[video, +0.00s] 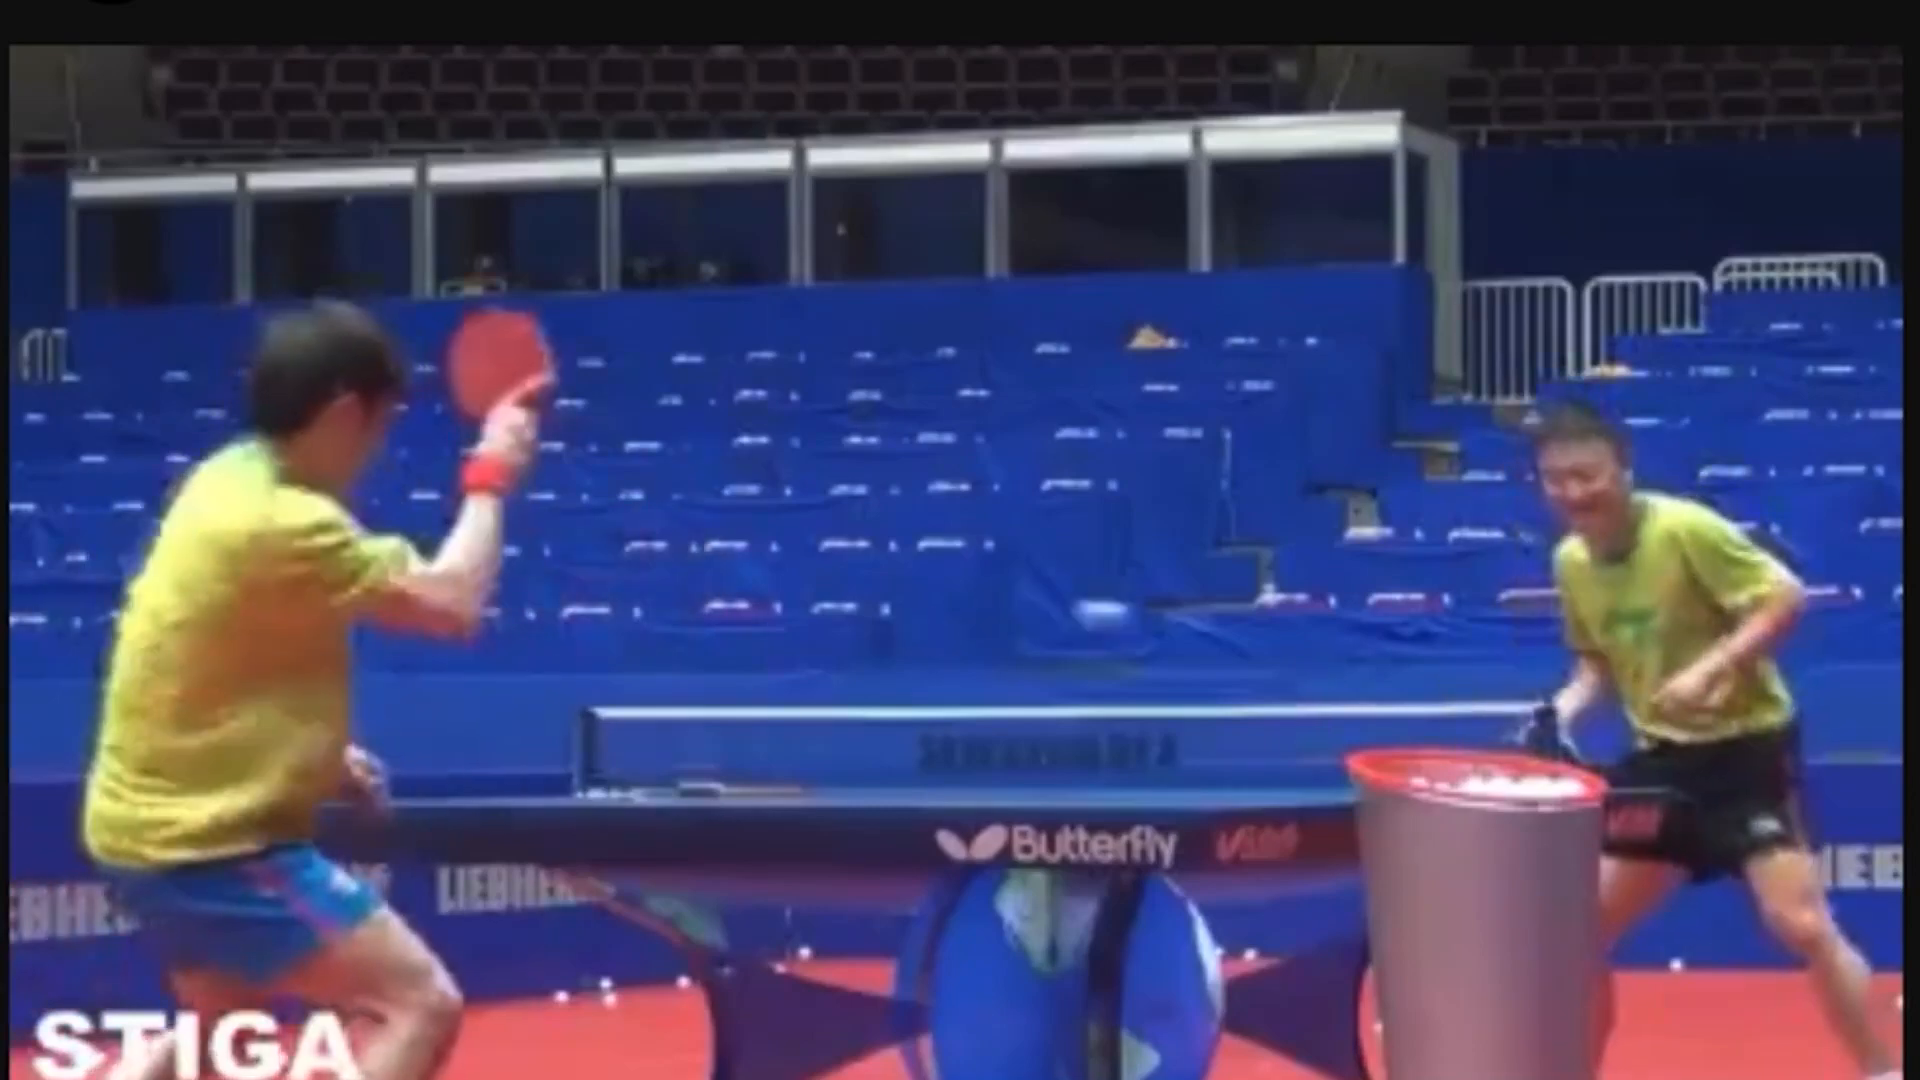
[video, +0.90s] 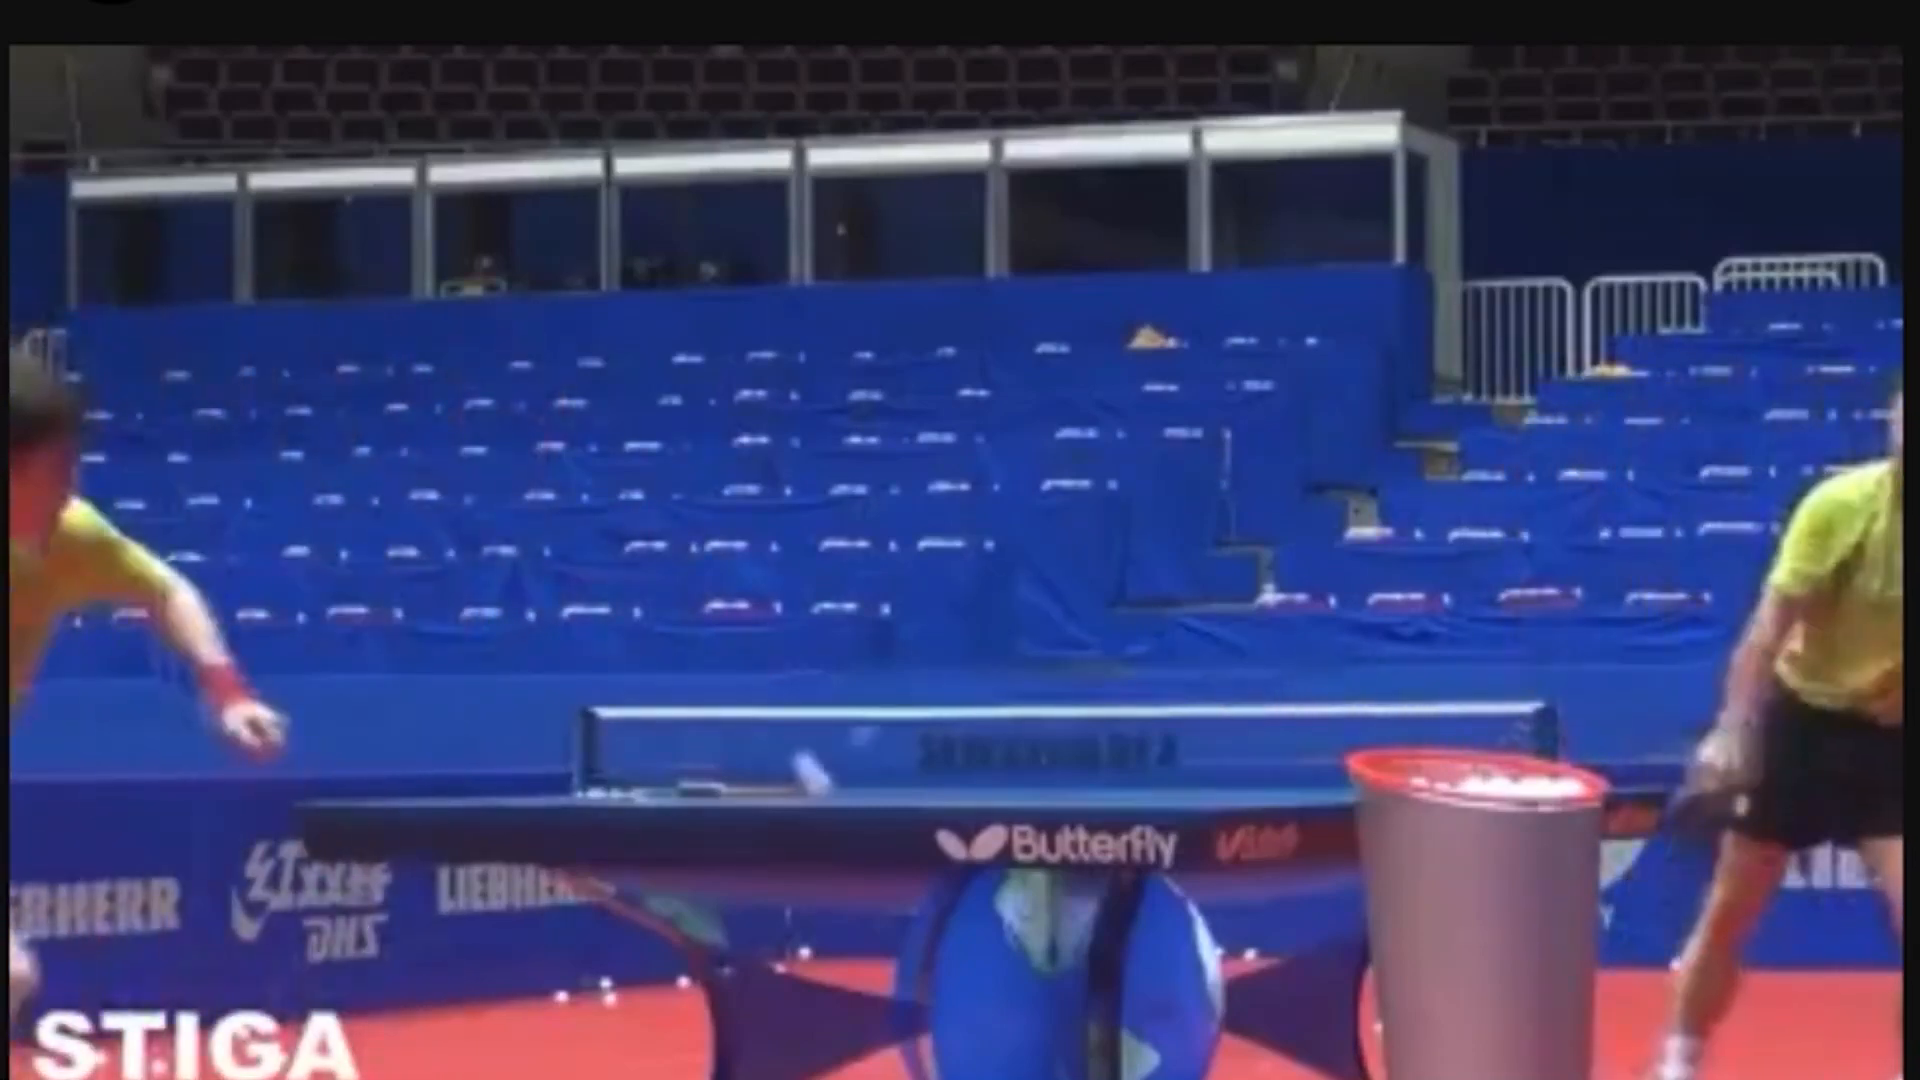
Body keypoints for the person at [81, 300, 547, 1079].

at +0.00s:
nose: (378, 447)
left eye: (385, 425)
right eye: (381, 423)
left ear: (289, 400)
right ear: (342, 411)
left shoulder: (224, 479)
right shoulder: (280, 522)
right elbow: (452, 604)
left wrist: (315, 757)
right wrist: (492, 475)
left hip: (150, 834)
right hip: (212, 848)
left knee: (221, 1044)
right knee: (423, 1007)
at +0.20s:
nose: (290, 394)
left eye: (290, 372)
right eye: (285, 370)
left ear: (189, 364)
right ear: (249, 370)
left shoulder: (120, 455)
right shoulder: (218, 482)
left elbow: (103, 631)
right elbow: (349, 618)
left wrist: (214, 704)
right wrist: (434, 536)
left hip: (47, 810)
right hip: (136, 817)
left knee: (126, 1028)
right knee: (321, 993)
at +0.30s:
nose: (245, 357)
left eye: (246, 334)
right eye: (244, 332)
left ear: (144, 324)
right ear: (210, 328)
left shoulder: (71, 409)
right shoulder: (163, 442)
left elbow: (37, 567)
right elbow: (243, 603)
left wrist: (134, 649)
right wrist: (377, 551)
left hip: (15, 748)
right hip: (59, 764)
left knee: (45, 975)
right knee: (179, 967)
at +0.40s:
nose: (205, 347)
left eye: (207, 325)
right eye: (204, 324)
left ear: (108, 315)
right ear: (173, 325)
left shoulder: (34, 406)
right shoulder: (112, 441)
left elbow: (41, 611)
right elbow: (132, 616)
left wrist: (120, 645)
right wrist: (278, 592)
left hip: (21, 750)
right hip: (35, 761)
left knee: (24, 959)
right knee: (137, 960)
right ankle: (58, 1074)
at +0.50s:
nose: (152, 391)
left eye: (152, 370)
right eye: (144, 368)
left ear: (88, 370)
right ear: (99, 372)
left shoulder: (50, 469)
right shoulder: (34, 495)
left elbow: (53, 607)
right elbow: (28, 670)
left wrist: (104, 630)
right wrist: (125, 681)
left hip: (23, 802)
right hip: (14, 812)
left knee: (79, 994)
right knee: (86, 993)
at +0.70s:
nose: (69, 453)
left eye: (71, 432)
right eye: (55, 433)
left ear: (60, 432)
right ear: (15, 435)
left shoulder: (41, 524)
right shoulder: (34, 531)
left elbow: (81, 591)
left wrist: (117, 664)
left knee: (20, 968)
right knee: (20, 969)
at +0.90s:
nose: (62, 486)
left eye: (67, 465)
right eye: (45, 467)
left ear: (67, 463)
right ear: (7, 468)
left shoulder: (65, 540)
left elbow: (166, 591)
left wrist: (229, 694)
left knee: (19, 972)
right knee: (20, 973)